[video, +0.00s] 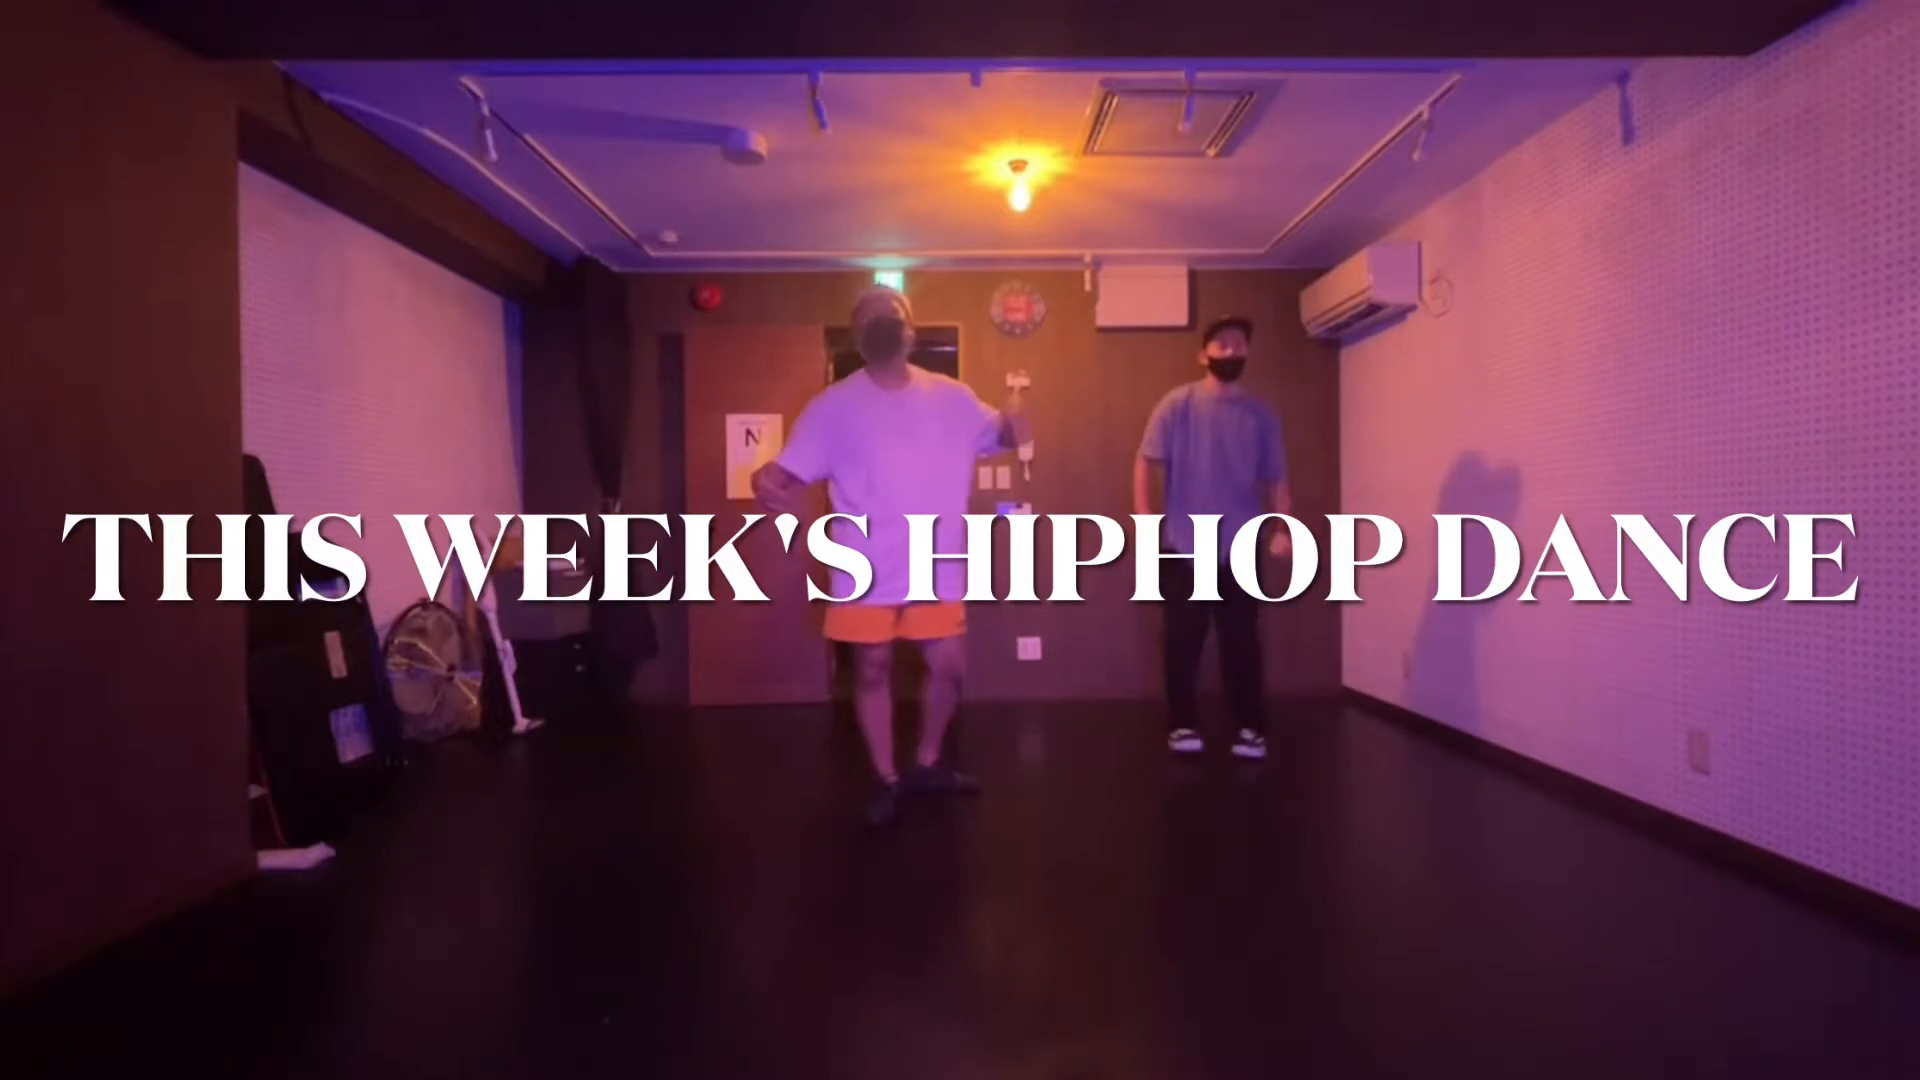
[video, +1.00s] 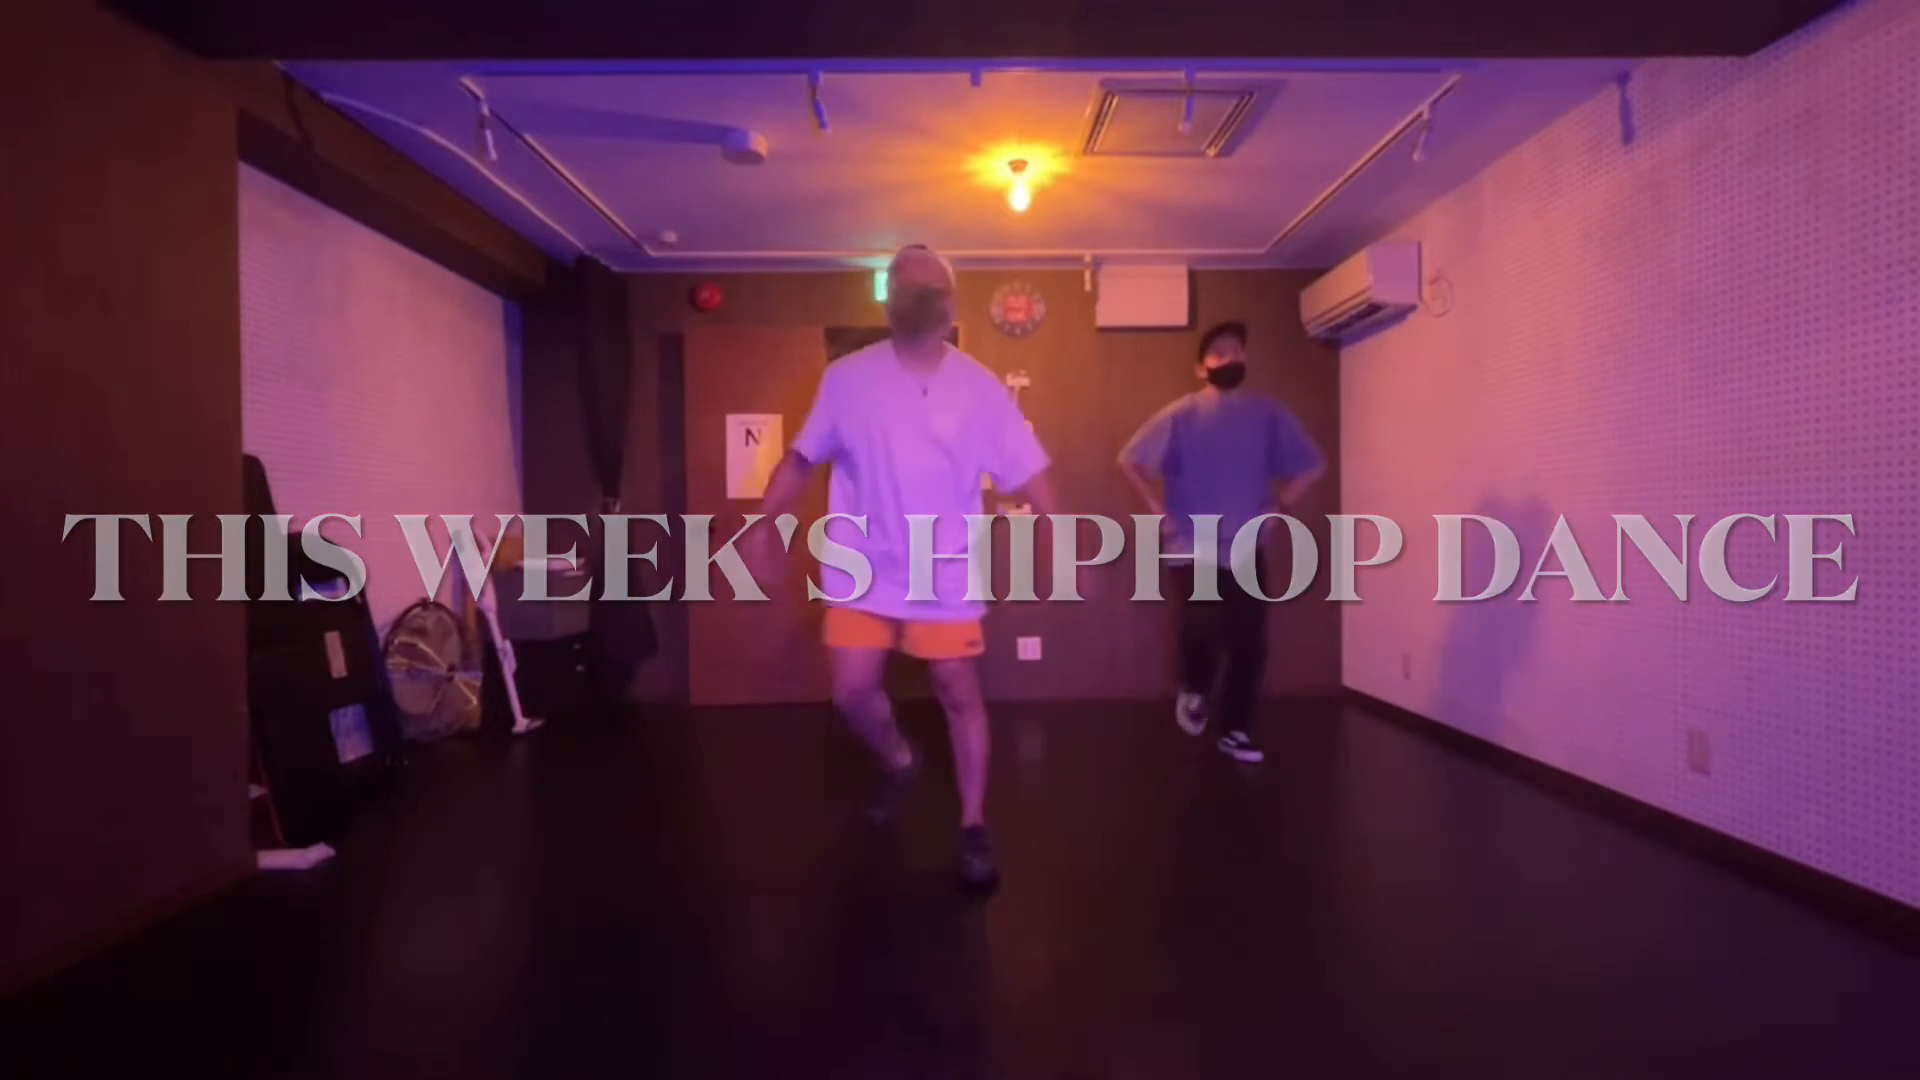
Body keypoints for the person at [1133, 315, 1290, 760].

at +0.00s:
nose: (1231, 352)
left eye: (1239, 345)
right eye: (1222, 344)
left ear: (1249, 355)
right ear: (1204, 353)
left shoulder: (1261, 414)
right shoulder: (1176, 404)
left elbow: (1277, 480)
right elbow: (1146, 465)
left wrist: (1282, 532)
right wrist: (1146, 525)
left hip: (1240, 545)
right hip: (1183, 544)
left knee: (1242, 637)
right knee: (1183, 636)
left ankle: (1249, 726)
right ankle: (1182, 725)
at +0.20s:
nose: (1230, 351)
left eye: (1238, 344)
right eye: (1221, 343)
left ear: (1249, 354)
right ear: (1204, 352)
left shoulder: (1262, 409)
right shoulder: (1175, 401)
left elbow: (1278, 473)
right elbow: (1136, 451)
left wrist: (1282, 525)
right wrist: (1132, 508)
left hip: (1239, 546)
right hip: (1181, 545)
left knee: (1241, 640)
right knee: (1182, 641)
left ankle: (1246, 728)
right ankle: (1183, 727)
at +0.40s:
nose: (1230, 351)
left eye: (1238, 344)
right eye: (1222, 343)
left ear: (1249, 353)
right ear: (1204, 351)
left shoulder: (1262, 405)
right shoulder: (1175, 398)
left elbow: (1280, 469)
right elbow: (1132, 444)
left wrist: (1281, 520)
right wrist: (1133, 499)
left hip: (1239, 545)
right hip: (1181, 544)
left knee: (1236, 642)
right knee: (1180, 642)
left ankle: (1235, 728)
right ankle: (1182, 728)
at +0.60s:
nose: (1230, 350)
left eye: (1238, 343)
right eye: (1222, 342)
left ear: (1249, 353)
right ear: (1203, 351)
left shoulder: (1262, 403)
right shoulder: (1174, 397)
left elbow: (1283, 462)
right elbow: (1131, 442)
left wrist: (1268, 499)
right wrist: (1146, 494)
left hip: (1238, 545)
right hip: (1180, 543)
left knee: (1235, 642)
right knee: (1181, 642)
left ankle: (1234, 729)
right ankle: (1182, 728)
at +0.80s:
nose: (1232, 348)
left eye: (1240, 341)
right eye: (1223, 340)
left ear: (1250, 350)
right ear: (1204, 348)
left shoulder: (1262, 401)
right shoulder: (1176, 397)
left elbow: (1292, 457)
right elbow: (1133, 445)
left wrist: (1275, 494)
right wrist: (1154, 497)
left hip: (1241, 544)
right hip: (1183, 543)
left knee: (1239, 639)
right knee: (1183, 639)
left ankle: (1234, 727)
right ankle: (1182, 728)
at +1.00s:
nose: (1230, 359)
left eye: (1236, 351)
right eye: (1220, 352)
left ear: (1247, 359)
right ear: (1202, 364)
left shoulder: (1266, 412)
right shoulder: (1182, 413)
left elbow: (1312, 466)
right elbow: (1130, 460)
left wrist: (1276, 506)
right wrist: (1158, 509)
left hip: (1247, 548)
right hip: (1191, 548)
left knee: (1249, 637)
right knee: (1199, 625)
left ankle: (1236, 729)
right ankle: (1193, 691)